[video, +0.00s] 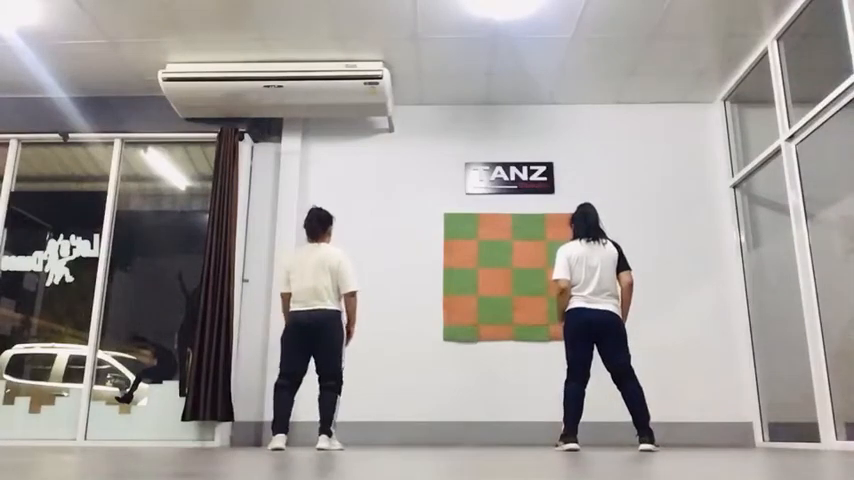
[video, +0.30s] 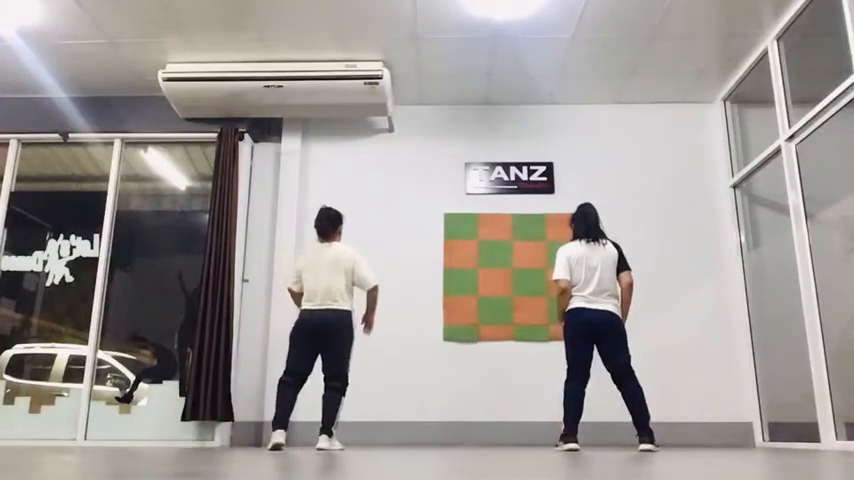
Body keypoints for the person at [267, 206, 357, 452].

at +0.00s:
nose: (331, 233)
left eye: (330, 229)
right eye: (331, 229)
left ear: (306, 231)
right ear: (328, 230)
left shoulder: (292, 256)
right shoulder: (336, 256)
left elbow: (285, 295)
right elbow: (349, 294)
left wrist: (288, 321)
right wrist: (351, 323)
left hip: (297, 321)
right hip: (328, 322)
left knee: (287, 378)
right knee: (330, 379)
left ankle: (279, 434)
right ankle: (325, 435)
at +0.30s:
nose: (340, 231)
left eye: (338, 228)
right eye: (340, 228)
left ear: (316, 230)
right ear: (339, 229)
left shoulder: (307, 255)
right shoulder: (348, 255)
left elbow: (294, 288)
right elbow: (372, 287)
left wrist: (307, 310)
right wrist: (369, 314)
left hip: (308, 320)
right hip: (339, 321)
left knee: (292, 376)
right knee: (335, 381)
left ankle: (278, 431)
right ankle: (326, 435)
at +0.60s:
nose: (347, 231)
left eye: (344, 228)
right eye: (347, 228)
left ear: (324, 229)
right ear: (346, 229)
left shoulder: (313, 251)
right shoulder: (357, 251)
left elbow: (295, 276)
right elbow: (389, 268)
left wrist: (315, 291)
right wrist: (369, 292)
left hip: (316, 320)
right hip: (346, 320)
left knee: (305, 374)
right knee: (339, 381)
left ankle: (284, 421)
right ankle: (325, 435)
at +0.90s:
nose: (355, 246)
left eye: (353, 243)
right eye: (355, 243)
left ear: (331, 243)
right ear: (353, 244)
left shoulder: (318, 264)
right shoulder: (358, 263)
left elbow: (301, 291)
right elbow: (384, 289)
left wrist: (318, 303)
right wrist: (360, 301)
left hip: (315, 321)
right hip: (345, 323)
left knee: (327, 374)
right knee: (346, 383)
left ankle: (321, 416)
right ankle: (326, 435)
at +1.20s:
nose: (349, 246)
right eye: (350, 241)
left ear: (329, 243)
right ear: (352, 243)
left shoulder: (318, 266)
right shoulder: (359, 266)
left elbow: (310, 294)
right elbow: (366, 304)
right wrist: (343, 306)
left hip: (314, 318)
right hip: (344, 318)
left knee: (316, 380)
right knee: (344, 381)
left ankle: (323, 433)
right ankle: (326, 434)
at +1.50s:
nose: (343, 229)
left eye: (341, 226)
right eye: (343, 226)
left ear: (318, 229)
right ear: (341, 227)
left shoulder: (311, 253)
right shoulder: (351, 251)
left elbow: (316, 277)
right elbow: (357, 275)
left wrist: (352, 275)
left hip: (310, 314)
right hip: (340, 313)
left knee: (310, 376)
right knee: (341, 376)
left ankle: (302, 432)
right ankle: (330, 430)